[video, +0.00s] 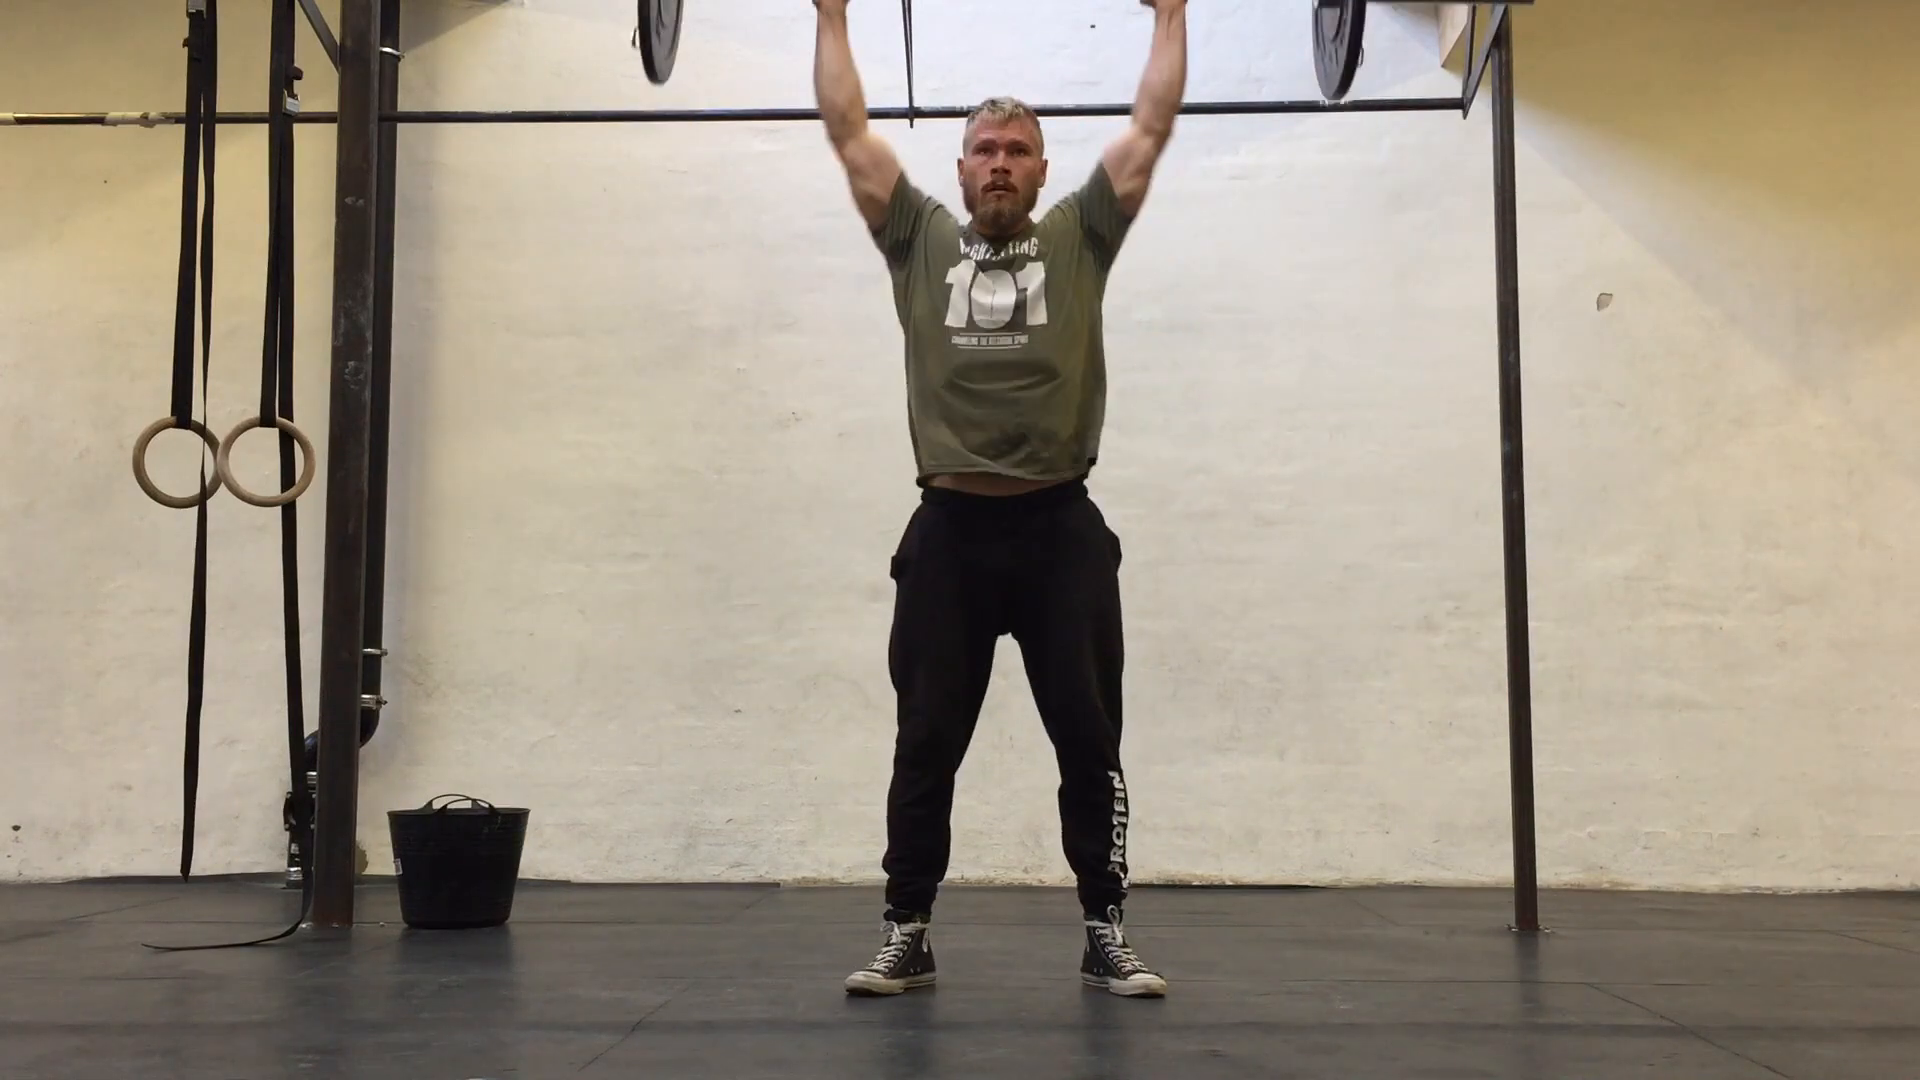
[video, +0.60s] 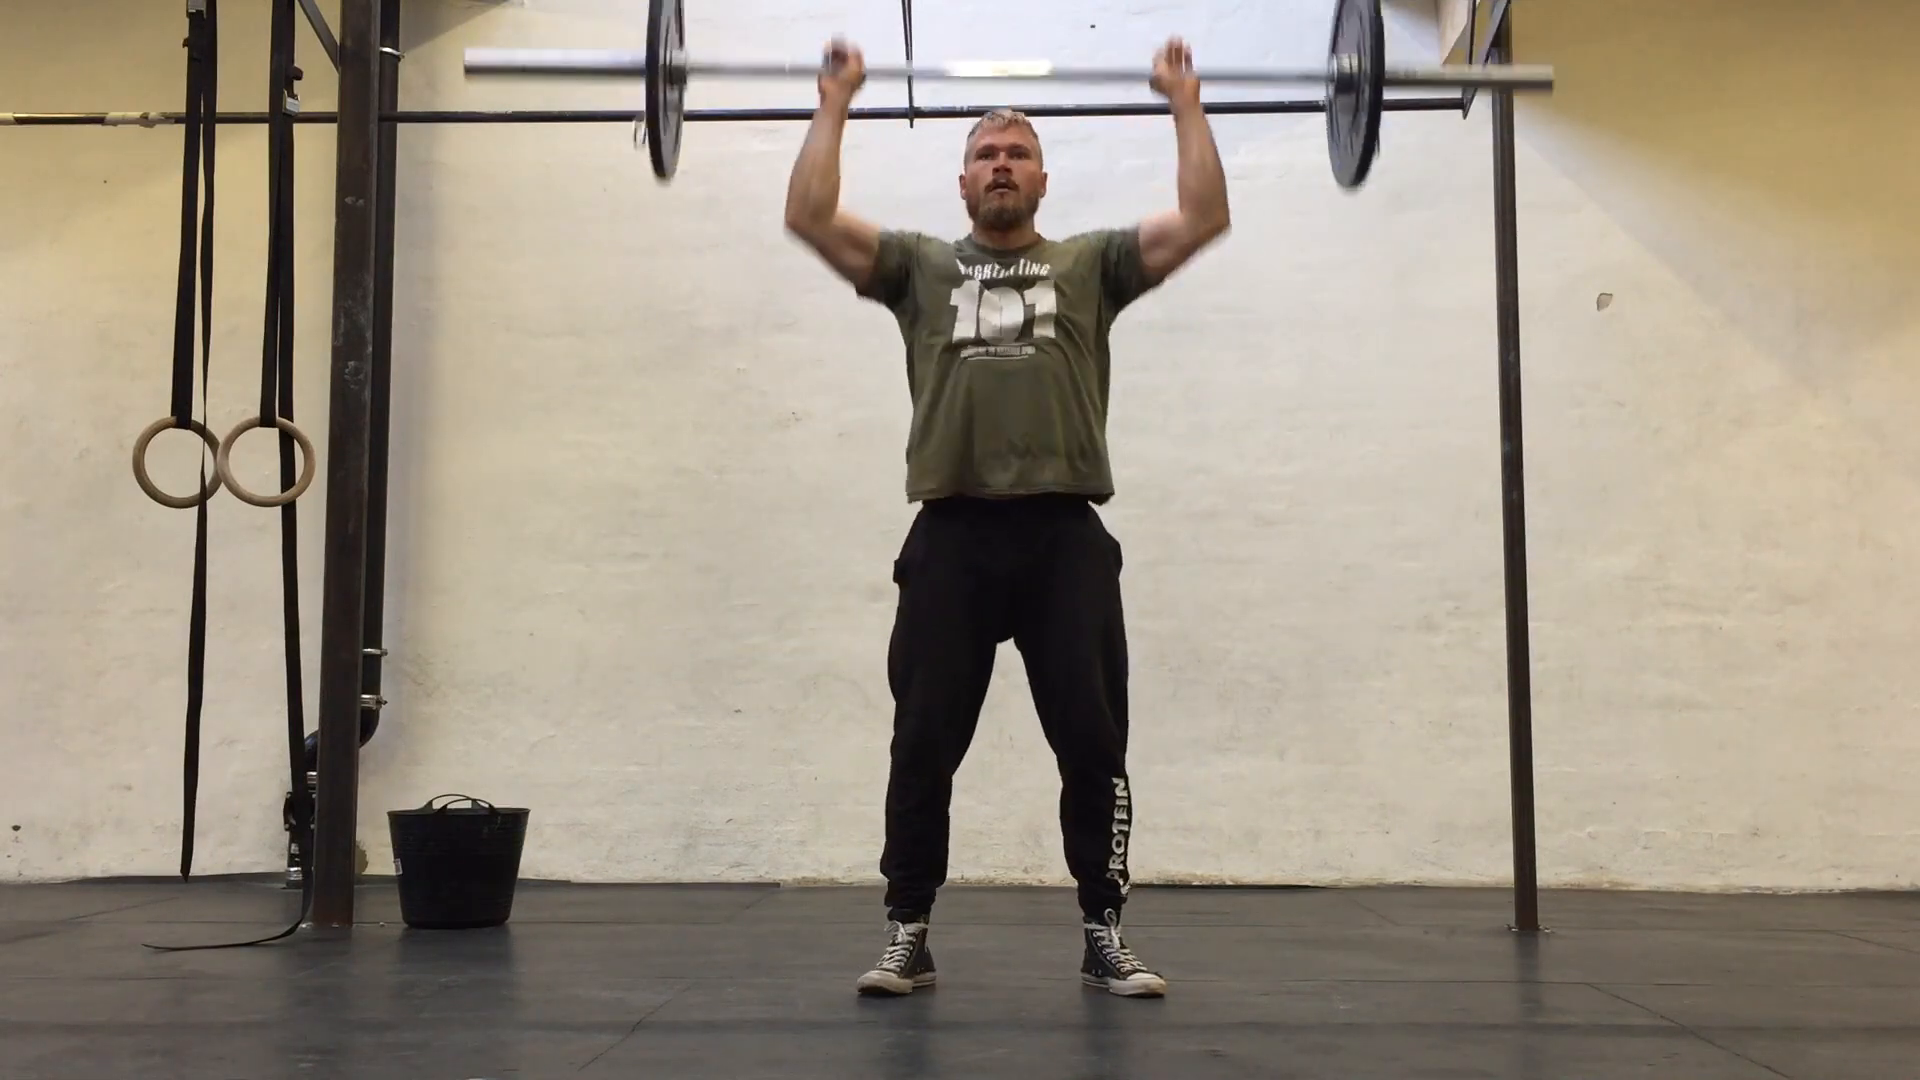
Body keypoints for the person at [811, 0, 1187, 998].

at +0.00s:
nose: (999, 163)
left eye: (1018, 151)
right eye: (983, 150)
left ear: (1042, 170)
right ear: (961, 168)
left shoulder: (1079, 241)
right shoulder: (920, 242)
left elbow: (1150, 127)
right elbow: (849, 133)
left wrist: (1170, 12)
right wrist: (830, 12)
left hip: (1061, 537)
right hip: (950, 538)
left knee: (1090, 746)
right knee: (925, 745)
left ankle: (1106, 940)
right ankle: (906, 939)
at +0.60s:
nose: (1001, 163)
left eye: (1018, 153)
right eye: (985, 153)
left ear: (1046, 179)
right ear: (961, 180)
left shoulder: (1090, 265)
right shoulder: (921, 267)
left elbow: (1203, 217)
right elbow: (809, 215)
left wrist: (1186, 101)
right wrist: (835, 103)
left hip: (1068, 543)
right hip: (949, 543)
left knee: (1094, 746)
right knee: (922, 744)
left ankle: (1105, 944)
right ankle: (907, 942)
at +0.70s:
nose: (999, 175)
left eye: (1015, 164)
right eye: (984, 164)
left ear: (1042, 188)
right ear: (963, 189)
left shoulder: (1090, 278)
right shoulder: (918, 279)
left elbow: (1213, 295)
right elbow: (794, 293)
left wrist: (1191, 192)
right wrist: (830, 195)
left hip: (1069, 547)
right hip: (951, 549)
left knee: (1104, 749)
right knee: (917, 750)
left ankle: (1107, 940)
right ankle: (906, 940)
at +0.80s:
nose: (1000, 145)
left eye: (1017, 136)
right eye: (984, 137)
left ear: (1043, 167)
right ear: (962, 169)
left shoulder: (1088, 257)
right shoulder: (920, 255)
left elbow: (1198, 309)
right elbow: (795, 280)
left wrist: (1188, 272)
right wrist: (825, 263)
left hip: (1071, 524)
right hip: (956, 526)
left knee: (1104, 728)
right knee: (923, 729)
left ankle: (1110, 924)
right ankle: (902, 926)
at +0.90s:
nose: (1005, 129)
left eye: (1022, 120)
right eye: (989, 120)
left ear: (1048, 148)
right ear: (965, 148)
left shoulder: (1089, 239)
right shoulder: (923, 236)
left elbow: (1200, 304)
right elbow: (812, 294)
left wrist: (1185, 366)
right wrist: (839, 361)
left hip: (1070, 503)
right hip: (958, 504)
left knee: (1101, 713)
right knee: (926, 711)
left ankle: (1115, 915)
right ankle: (903, 916)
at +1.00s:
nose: (1007, 151)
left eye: (1024, 142)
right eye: (991, 141)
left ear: (1049, 171)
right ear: (965, 169)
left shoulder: (1100, 279)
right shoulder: (917, 278)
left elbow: (1176, 379)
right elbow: (843, 381)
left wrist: (1184, 497)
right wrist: (846, 495)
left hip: (1074, 548)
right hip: (951, 550)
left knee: (1107, 737)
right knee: (921, 741)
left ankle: (1110, 932)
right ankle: (908, 931)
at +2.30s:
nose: (1010, 274)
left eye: (1027, 266)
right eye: (995, 265)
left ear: (1051, 298)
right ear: (970, 297)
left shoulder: (1094, 390)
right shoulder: (931, 391)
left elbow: (1169, 438)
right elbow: (866, 433)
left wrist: (1171, 356)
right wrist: (852, 358)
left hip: (1072, 646)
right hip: (948, 646)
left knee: (1170, 780)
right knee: (867, 784)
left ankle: (1109, 943)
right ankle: (913, 943)